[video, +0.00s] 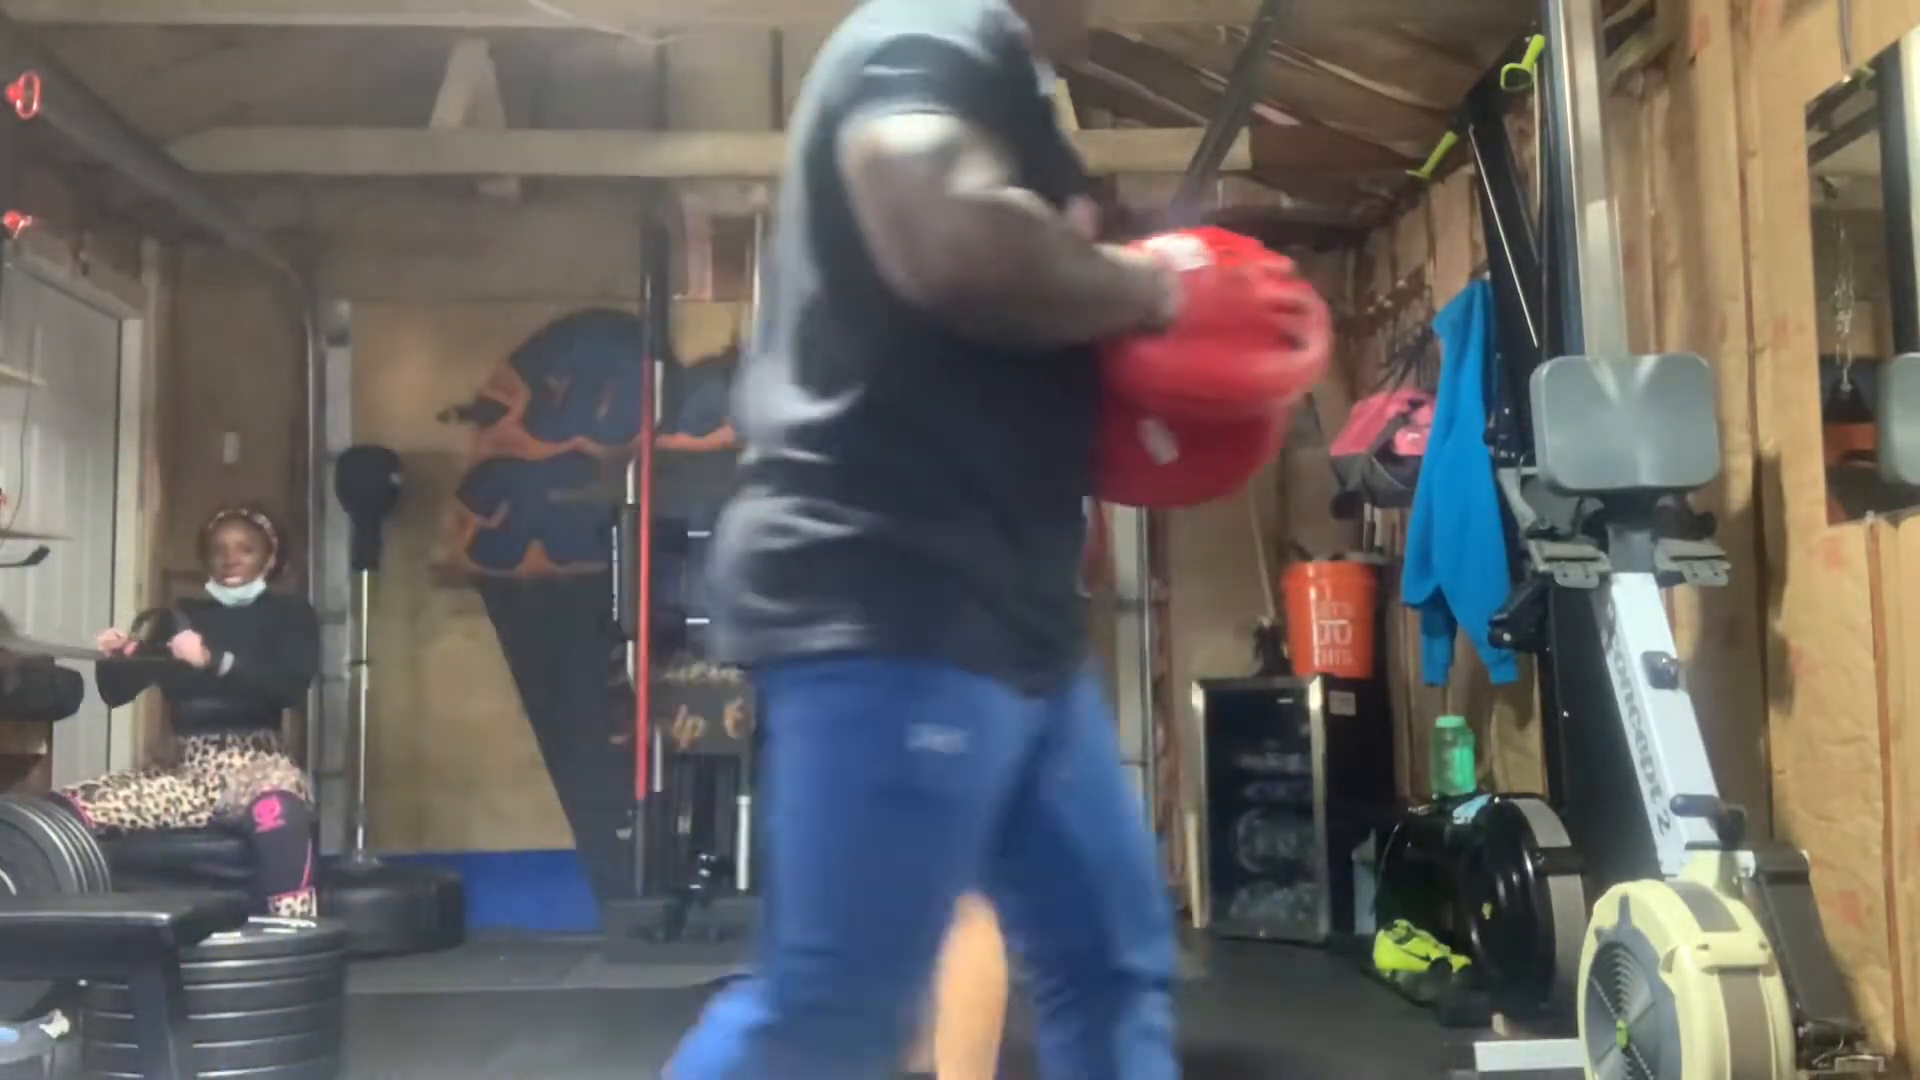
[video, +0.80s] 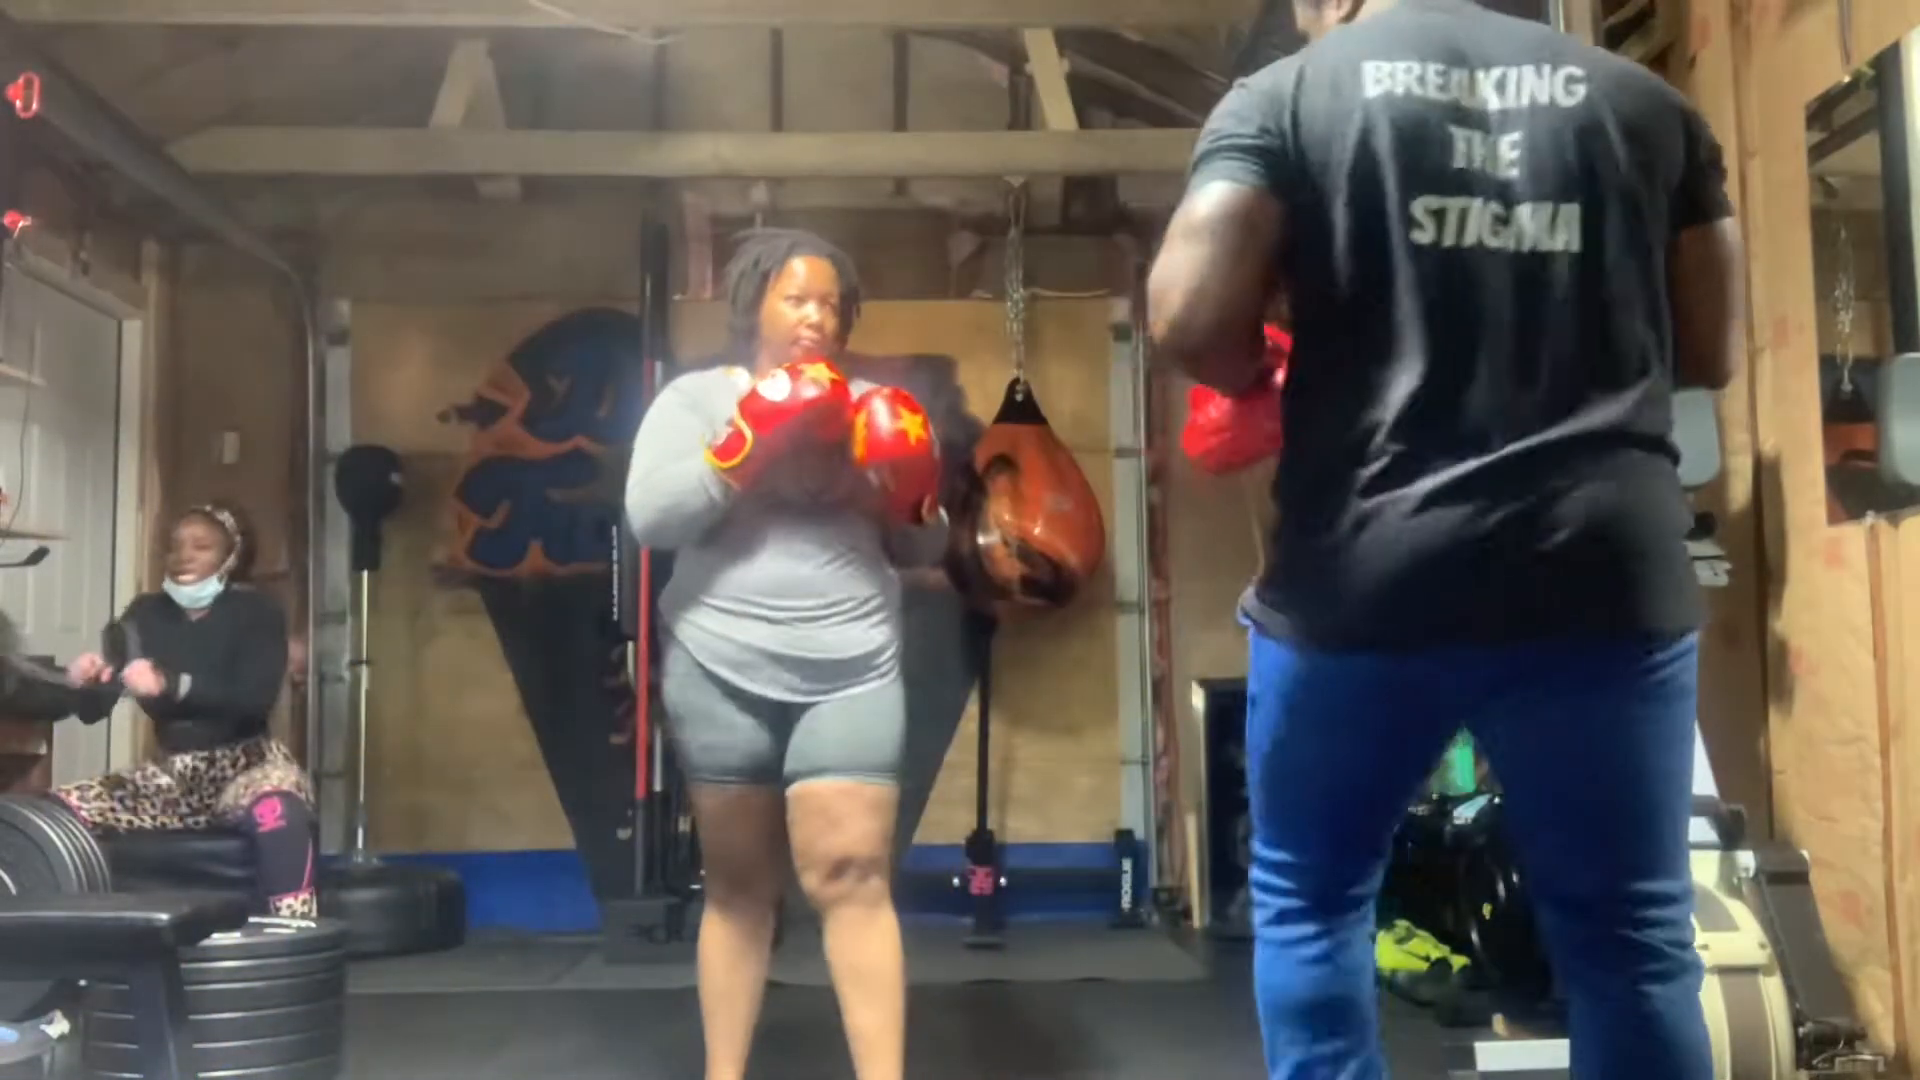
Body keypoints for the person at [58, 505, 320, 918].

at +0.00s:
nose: (231, 559)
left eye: (244, 548)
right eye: (220, 550)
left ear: (269, 560)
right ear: (207, 561)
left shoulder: (289, 613)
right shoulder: (184, 617)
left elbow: (291, 686)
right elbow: (116, 692)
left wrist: (213, 660)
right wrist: (114, 659)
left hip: (258, 767)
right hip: (183, 770)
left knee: (280, 811)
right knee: (67, 810)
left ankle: (294, 944)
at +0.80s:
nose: (184, 556)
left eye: (200, 547)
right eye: (176, 546)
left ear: (228, 558)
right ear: (166, 552)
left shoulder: (256, 611)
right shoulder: (147, 613)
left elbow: (255, 699)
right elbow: (92, 711)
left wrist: (170, 685)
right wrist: (89, 683)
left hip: (246, 771)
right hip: (168, 775)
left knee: (279, 814)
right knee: (57, 813)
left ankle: (296, 945)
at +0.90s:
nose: (174, 558)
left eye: (189, 550)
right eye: (168, 549)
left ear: (219, 563)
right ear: (158, 555)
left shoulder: (250, 622)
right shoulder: (138, 619)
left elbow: (247, 720)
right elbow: (107, 705)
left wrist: (165, 726)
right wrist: (86, 715)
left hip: (243, 773)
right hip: (165, 775)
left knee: (279, 812)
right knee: (61, 813)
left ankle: (295, 944)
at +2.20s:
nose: (176, 562)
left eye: (191, 552)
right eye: (168, 552)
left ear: (222, 566)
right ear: (157, 562)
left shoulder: (258, 624)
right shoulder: (139, 625)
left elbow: (262, 728)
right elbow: (106, 723)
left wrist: (194, 733)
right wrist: (82, 725)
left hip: (246, 778)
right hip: (165, 780)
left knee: (282, 812)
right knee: (63, 815)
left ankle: (294, 949)